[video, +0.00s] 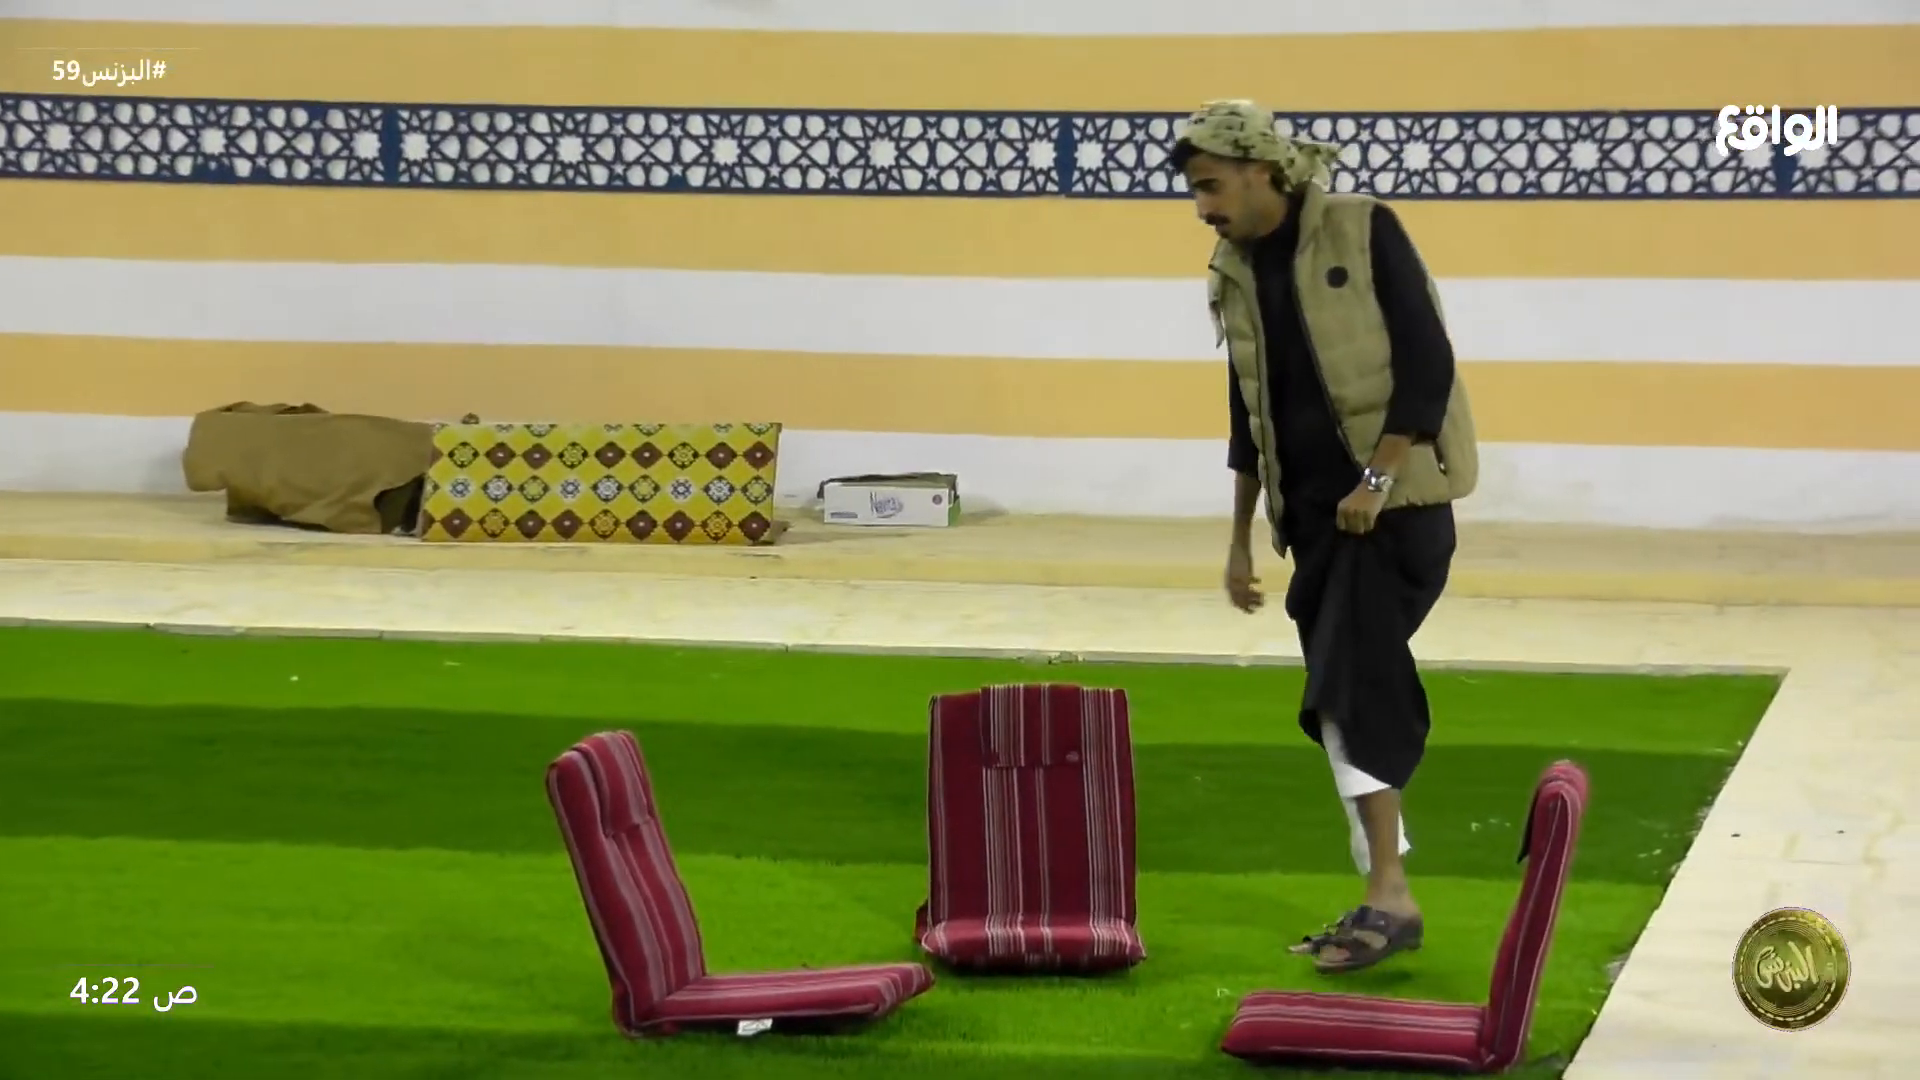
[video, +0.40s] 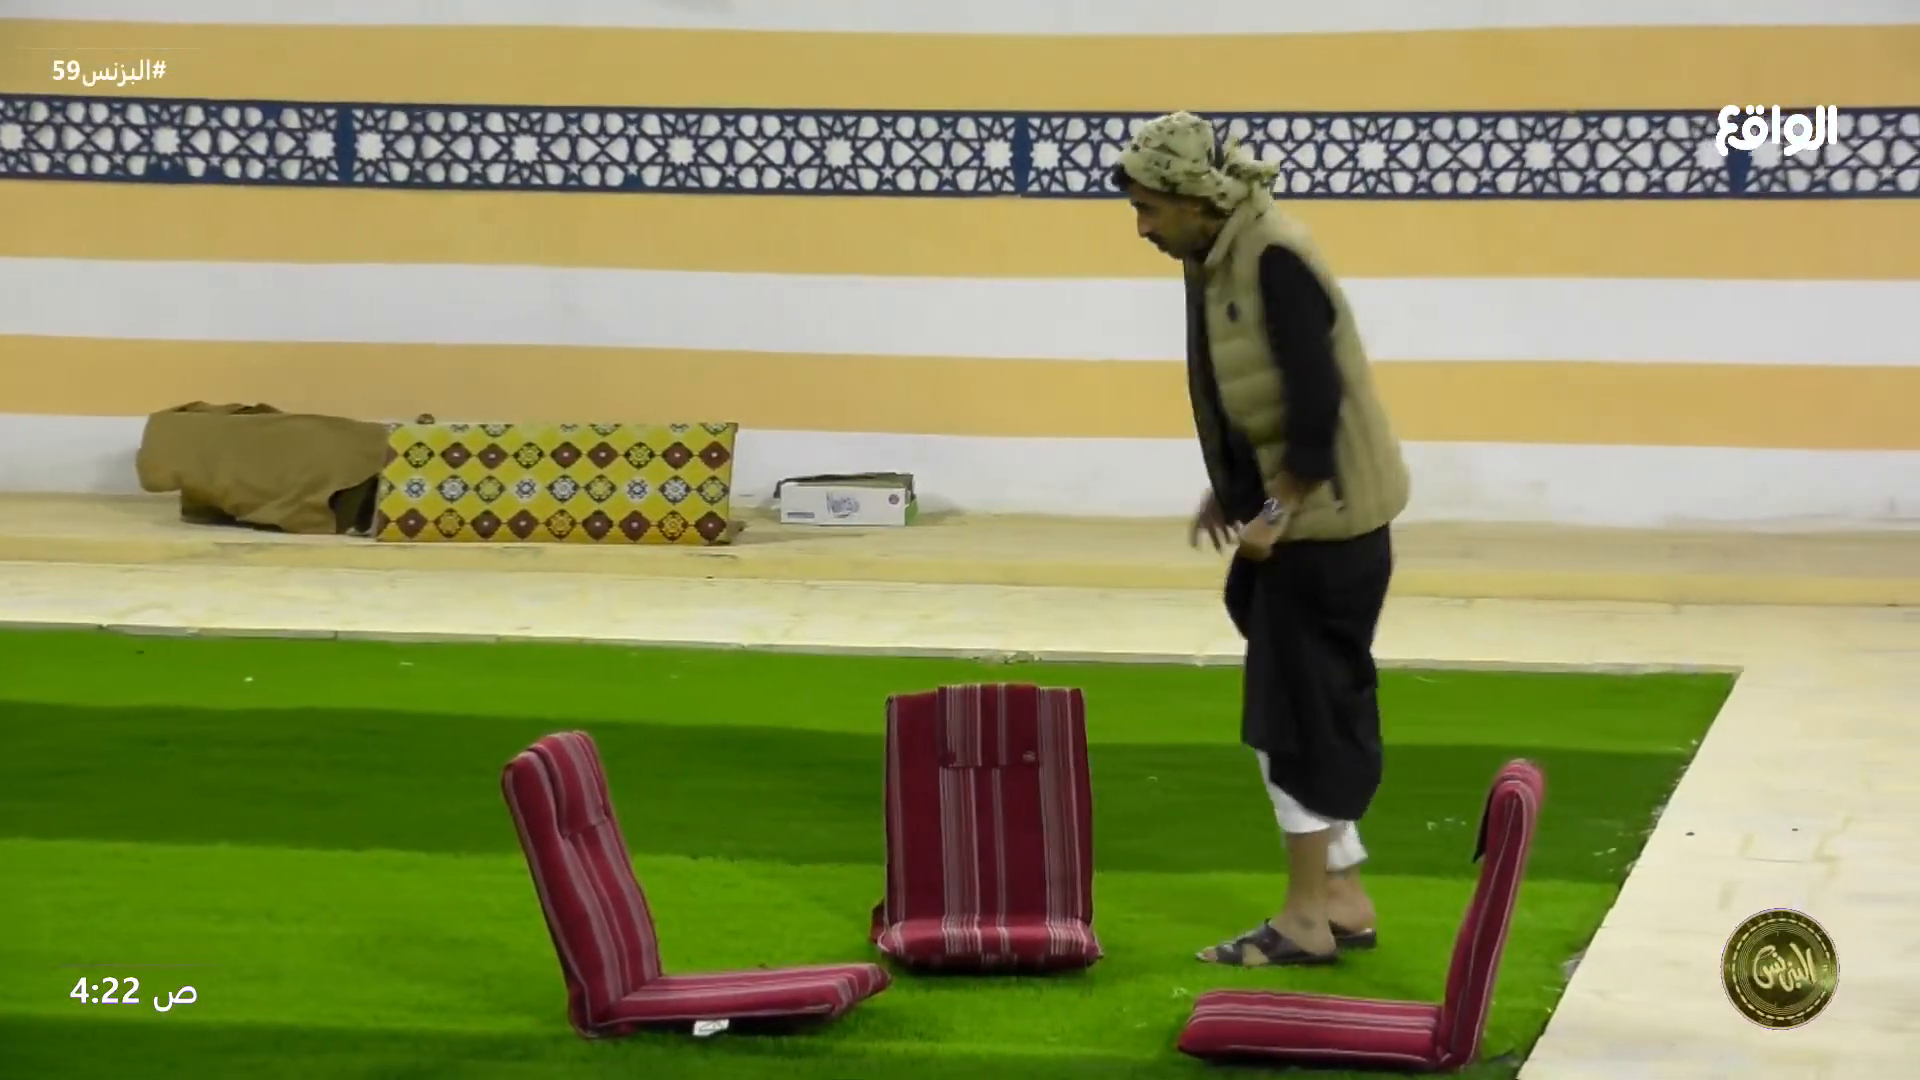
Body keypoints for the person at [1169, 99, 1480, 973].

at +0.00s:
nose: (1201, 204)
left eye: (1212, 185)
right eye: (1194, 188)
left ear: (1267, 174)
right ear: (1219, 186)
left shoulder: (1363, 229)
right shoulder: (1234, 273)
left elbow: (1429, 361)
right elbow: (1248, 407)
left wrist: (1380, 477)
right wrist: (1241, 534)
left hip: (1396, 501)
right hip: (1314, 516)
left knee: (1350, 678)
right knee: (1338, 696)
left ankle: (1390, 897)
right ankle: (1378, 904)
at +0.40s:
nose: (1140, 227)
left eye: (1146, 210)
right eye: (1136, 212)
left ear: (1196, 197)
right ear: (1192, 201)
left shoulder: (1273, 263)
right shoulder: (1210, 270)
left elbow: (1316, 397)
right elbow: (1234, 399)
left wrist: (1277, 506)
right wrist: (1226, 490)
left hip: (1327, 531)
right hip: (1287, 531)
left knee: (1291, 716)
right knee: (1308, 708)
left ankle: (1308, 919)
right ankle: (1341, 896)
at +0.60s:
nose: (1123, 214)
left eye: (1124, 198)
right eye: (1120, 199)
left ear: (1157, 188)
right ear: (1190, 172)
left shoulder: (1209, 264)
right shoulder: (1268, 221)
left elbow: (1230, 397)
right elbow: (1254, 346)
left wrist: (1214, 518)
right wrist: (1193, 405)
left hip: (1267, 519)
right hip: (1317, 492)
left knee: (1256, 701)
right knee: (1206, 672)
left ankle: (1279, 920)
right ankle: (1258, 836)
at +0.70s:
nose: (1128, 200)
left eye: (1128, 184)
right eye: (1123, 185)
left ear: (1160, 179)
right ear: (1210, 157)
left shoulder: (1196, 262)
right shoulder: (1284, 221)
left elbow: (1205, 409)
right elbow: (1290, 353)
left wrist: (1193, 504)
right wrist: (1199, 412)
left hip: (1252, 511)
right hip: (1322, 483)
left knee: (1253, 696)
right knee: (1241, 643)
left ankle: (1270, 920)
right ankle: (1246, 799)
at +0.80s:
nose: (1137, 192)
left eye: (1137, 175)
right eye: (1133, 175)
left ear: (1164, 172)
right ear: (1224, 153)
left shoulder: (1187, 262)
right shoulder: (1293, 229)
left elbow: (1184, 405)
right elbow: (1303, 360)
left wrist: (1166, 503)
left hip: (1229, 520)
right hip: (1304, 497)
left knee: (1238, 710)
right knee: (1277, 632)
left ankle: (1258, 919)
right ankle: (1213, 736)